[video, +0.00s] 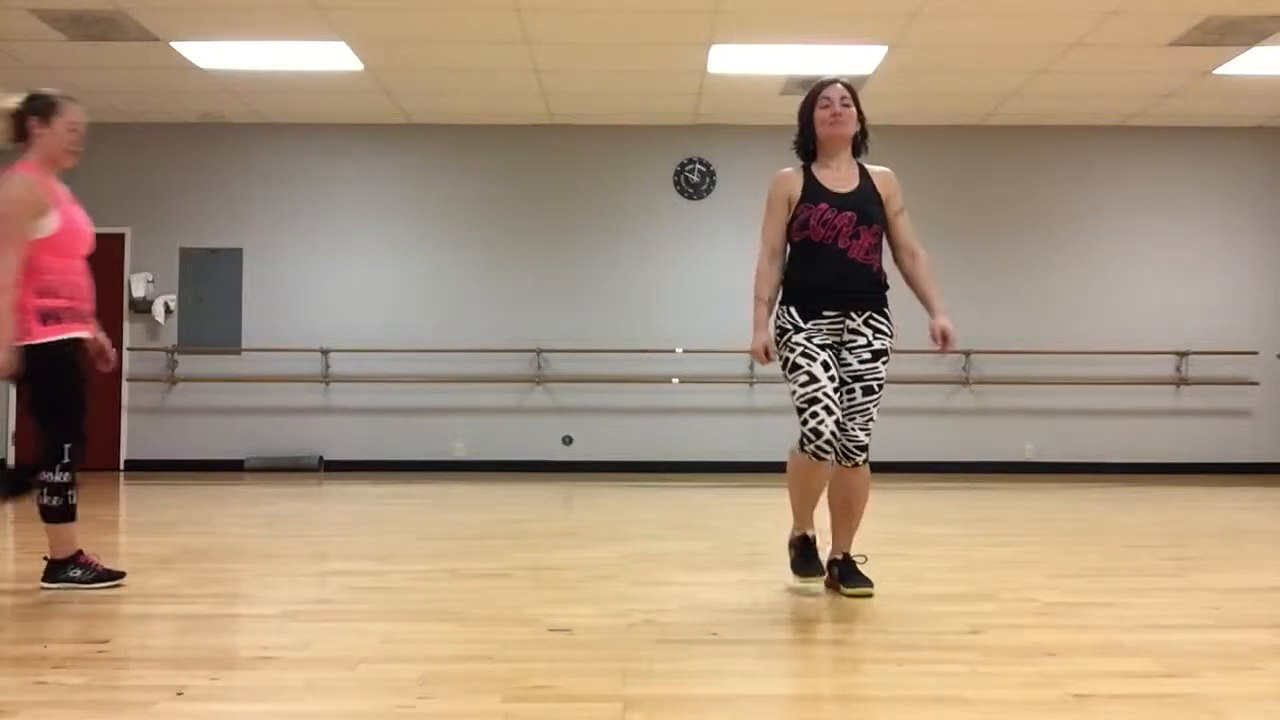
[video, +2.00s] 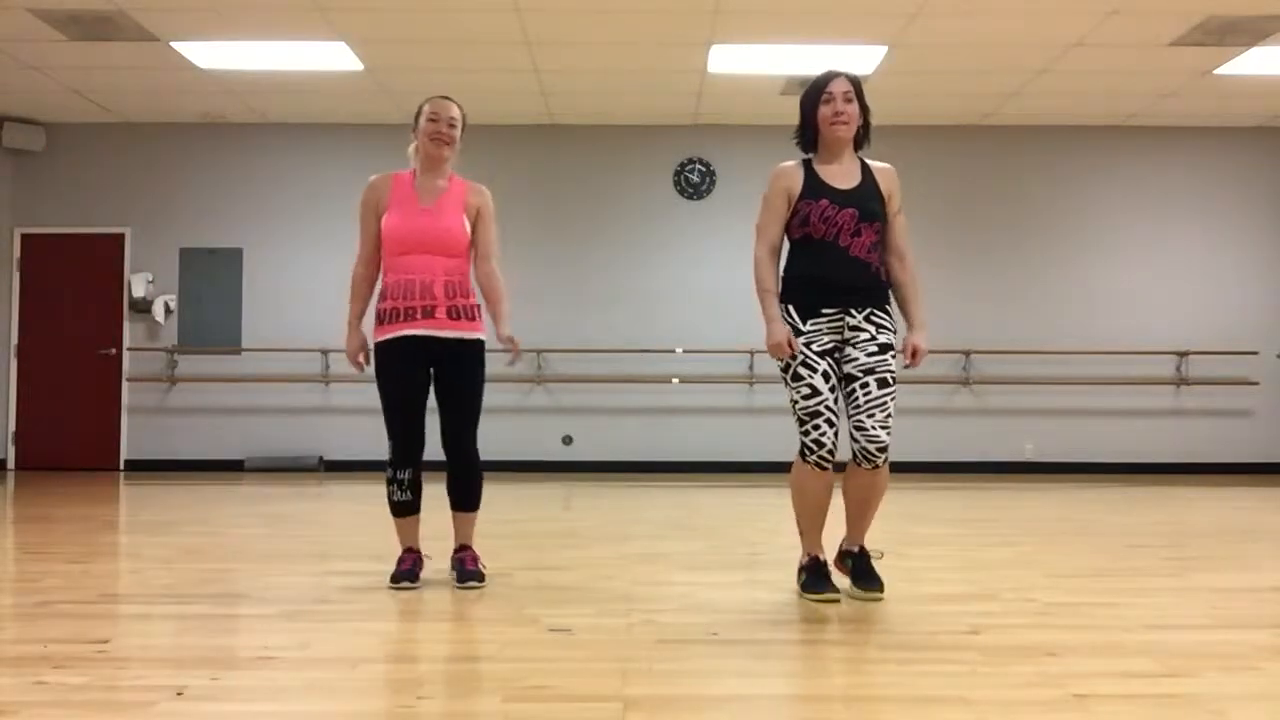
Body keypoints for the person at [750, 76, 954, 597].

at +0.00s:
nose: (837, 110)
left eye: (845, 103)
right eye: (826, 104)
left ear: (859, 118)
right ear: (809, 121)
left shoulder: (881, 181)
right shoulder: (790, 182)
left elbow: (909, 252)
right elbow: (770, 257)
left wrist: (937, 312)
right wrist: (760, 325)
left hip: (868, 323)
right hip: (803, 321)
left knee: (854, 439)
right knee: (820, 430)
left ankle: (842, 557)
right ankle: (803, 534)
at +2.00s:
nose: (839, 108)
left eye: (848, 100)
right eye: (827, 101)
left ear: (861, 112)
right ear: (811, 114)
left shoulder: (883, 177)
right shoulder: (789, 176)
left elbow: (899, 257)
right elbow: (765, 253)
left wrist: (915, 324)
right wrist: (773, 320)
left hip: (872, 322)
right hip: (806, 323)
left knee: (873, 440)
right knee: (821, 440)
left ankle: (853, 549)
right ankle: (812, 559)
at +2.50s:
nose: (845, 108)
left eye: (854, 100)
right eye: (835, 101)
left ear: (869, 112)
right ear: (817, 114)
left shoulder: (891, 174)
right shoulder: (796, 177)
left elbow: (935, 241)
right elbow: (766, 249)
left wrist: (979, 304)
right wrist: (831, 260)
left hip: (881, 318)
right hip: (817, 319)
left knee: (870, 438)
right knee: (832, 431)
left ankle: (854, 556)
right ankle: (818, 539)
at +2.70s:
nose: (840, 113)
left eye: (849, 104)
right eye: (830, 105)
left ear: (863, 116)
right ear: (812, 117)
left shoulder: (883, 176)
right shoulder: (793, 177)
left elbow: (950, 214)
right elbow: (762, 221)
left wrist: (1020, 250)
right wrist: (834, 229)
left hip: (878, 324)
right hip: (814, 325)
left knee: (871, 443)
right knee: (835, 440)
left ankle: (854, 558)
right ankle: (818, 555)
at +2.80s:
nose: (842, 109)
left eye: (850, 100)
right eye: (831, 101)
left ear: (864, 113)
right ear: (812, 114)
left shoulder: (882, 171)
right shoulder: (794, 167)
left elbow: (959, 191)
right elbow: (753, 191)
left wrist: (1037, 205)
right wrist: (796, 203)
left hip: (877, 317)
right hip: (813, 319)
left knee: (882, 439)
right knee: (833, 438)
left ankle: (855, 551)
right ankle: (817, 555)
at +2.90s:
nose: (842, 106)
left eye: (851, 98)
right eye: (831, 99)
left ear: (864, 112)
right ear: (814, 112)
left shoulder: (885, 168)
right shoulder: (795, 165)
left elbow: (958, 175)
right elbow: (753, 168)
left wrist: (1015, 164)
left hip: (877, 314)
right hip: (814, 316)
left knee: (893, 429)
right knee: (828, 435)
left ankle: (859, 537)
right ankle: (817, 556)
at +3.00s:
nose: (847, 106)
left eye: (856, 98)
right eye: (836, 98)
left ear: (870, 111)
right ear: (818, 111)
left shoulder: (887, 167)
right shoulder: (798, 166)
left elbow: (933, 170)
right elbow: (739, 160)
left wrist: (965, 167)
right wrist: (689, 153)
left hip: (880, 316)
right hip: (815, 317)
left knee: (889, 430)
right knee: (829, 433)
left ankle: (864, 544)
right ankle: (818, 557)